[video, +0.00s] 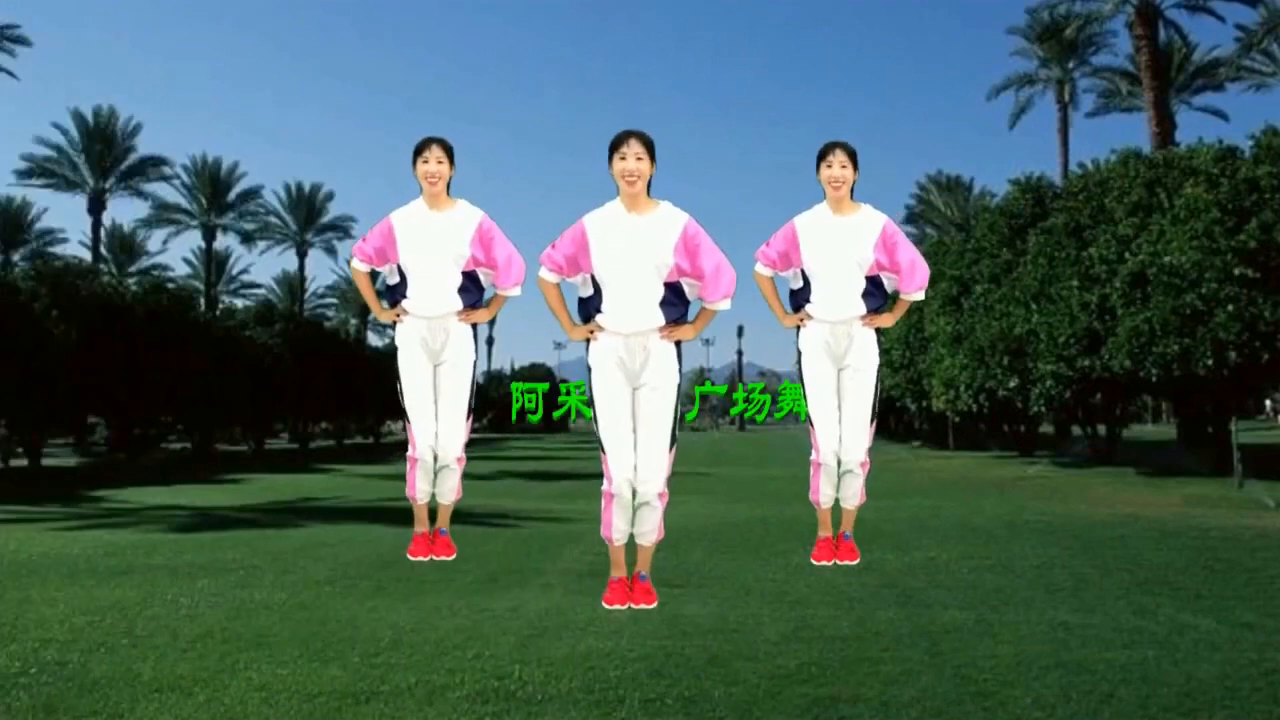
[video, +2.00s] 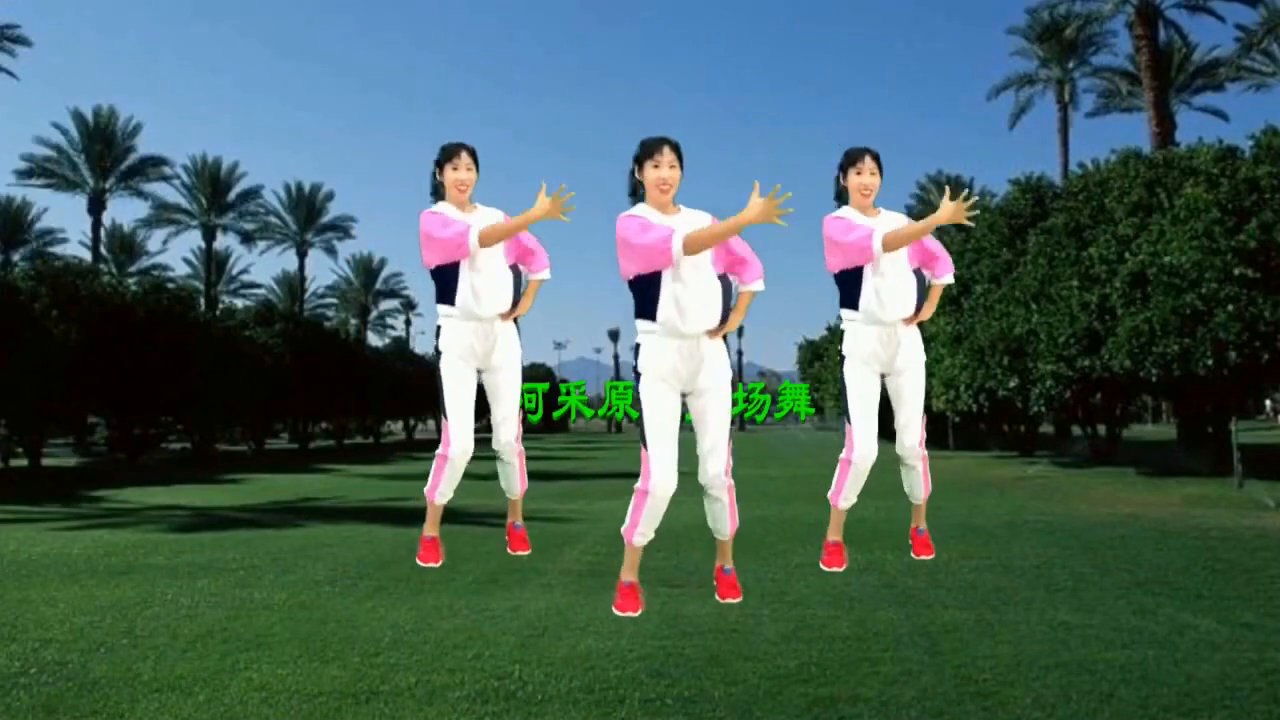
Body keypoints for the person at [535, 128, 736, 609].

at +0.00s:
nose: (631, 165)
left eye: (639, 157)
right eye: (622, 158)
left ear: (652, 167)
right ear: (611, 168)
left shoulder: (675, 222)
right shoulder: (594, 224)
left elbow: (722, 277)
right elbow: (547, 272)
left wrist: (694, 327)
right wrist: (571, 326)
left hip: (659, 349)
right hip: (608, 348)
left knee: (652, 465)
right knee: (618, 465)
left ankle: (643, 573)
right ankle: (618, 573)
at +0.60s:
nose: (630, 168)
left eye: (636, 162)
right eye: (620, 161)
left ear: (645, 172)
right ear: (603, 172)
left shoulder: (671, 218)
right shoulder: (591, 233)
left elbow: (716, 272)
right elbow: (553, 294)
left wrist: (698, 327)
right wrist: (578, 276)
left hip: (661, 349)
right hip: (611, 350)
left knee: (657, 463)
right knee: (616, 465)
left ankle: (661, 536)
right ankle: (611, 574)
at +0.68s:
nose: (632, 160)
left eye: (638, 152)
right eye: (622, 152)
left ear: (647, 161)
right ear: (604, 160)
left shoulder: (671, 205)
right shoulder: (591, 216)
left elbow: (720, 256)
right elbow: (555, 268)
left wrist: (703, 310)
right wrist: (586, 213)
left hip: (667, 338)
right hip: (617, 342)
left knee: (673, 458)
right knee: (619, 461)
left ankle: (682, 532)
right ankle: (611, 575)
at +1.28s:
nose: (644, 141)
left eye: (650, 133)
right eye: (635, 134)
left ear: (660, 138)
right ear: (617, 143)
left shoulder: (690, 177)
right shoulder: (613, 188)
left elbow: (739, 223)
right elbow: (605, 222)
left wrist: (723, 281)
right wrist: (612, 162)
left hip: (688, 306)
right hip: (639, 308)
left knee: (694, 447)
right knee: (632, 442)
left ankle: (688, 493)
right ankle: (622, 561)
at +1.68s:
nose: (653, 151)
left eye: (657, 141)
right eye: (643, 142)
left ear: (667, 148)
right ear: (626, 152)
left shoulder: (697, 196)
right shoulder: (617, 200)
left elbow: (737, 249)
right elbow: (656, 217)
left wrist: (722, 298)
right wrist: (650, 150)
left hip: (690, 320)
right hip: (640, 320)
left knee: (701, 457)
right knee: (634, 456)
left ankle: (698, 528)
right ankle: (626, 571)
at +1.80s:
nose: (658, 156)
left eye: (666, 149)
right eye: (649, 148)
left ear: (677, 157)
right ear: (632, 155)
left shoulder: (701, 199)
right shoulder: (622, 203)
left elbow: (743, 249)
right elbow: (676, 212)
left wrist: (731, 296)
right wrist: (710, 158)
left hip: (704, 320)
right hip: (655, 324)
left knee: (715, 451)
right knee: (652, 459)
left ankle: (726, 560)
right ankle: (630, 573)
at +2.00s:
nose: (665, 173)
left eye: (672, 166)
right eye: (655, 166)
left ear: (681, 174)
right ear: (639, 174)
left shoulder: (704, 221)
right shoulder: (630, 224)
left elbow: (752, 272)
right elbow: (683, 244)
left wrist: (730, 324)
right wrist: (745, 219)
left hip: (709, 353)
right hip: (658, 355)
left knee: (715, 471)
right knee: (660, 477)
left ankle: (725, 566)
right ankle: (629, 577)